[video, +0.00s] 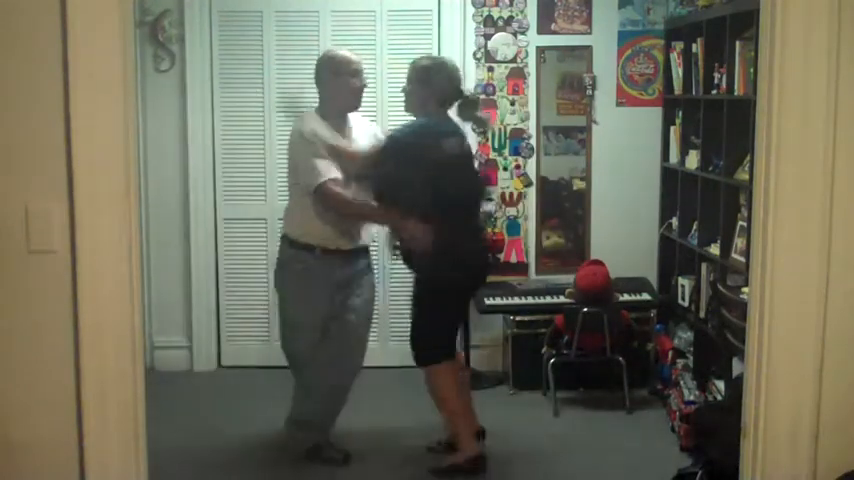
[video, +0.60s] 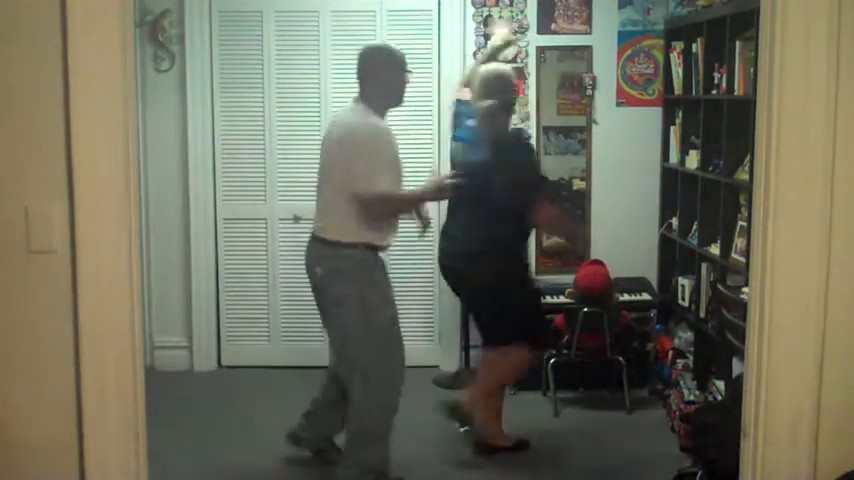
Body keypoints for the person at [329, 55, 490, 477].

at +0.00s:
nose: (403, 90)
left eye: (410, 83)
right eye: (407, 82)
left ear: (427, 91)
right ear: (445, 92)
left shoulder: (412, 138)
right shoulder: (454, 134)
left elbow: (367, 168)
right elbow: (392, 161)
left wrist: (334, 149)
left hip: (438, 257)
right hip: (466, 252)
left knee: (430, 348)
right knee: (444, 343)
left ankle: (467, 448)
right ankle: (466, 426)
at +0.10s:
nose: (410, 90)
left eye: (417, 83)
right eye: (413, 83)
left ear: (438, 89)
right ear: (439, 89)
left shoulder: (450, 135)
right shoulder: (430, 133)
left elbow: (415, 192)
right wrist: (404, 157)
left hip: (463, 252)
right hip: (443, 250)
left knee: (451, 350)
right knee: (439, 347)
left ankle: (475, 445)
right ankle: (466, 431)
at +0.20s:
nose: (437, 94)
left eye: (444, 87)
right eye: (430, 87)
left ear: (458, 90)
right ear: (419, 90)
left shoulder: (477, 128)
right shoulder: (403, 139)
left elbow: (497, 122)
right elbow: (389, 198)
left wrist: (480, 83)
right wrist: (408, 242)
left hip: (481, 253)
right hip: (430, 254)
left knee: (477, 342)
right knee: (435, 343)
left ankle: (487, 431)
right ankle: (462, 424)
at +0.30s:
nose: (457, 95)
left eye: (461, 85)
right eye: (447, 87)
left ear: (470, 89)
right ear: (429, 94)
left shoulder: (493, 126)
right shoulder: (409, 149)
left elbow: (539, 94)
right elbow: (403, 211)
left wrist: (513, 61)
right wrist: (435, 252)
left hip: (489, 247)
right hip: (433, 249)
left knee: (497, 338)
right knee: (439, 344)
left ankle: (485, 421)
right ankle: (444, 422)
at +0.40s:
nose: (489, 85)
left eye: (485, 79)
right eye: (478, 81)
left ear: (478, 89)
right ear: (456, 93)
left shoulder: (504, 122)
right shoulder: (440, 144)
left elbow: (533, 80)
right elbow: (429, 208)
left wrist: (519, 45)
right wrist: (483, 252)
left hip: (491, 245)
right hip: (445, 247)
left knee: (505, 333)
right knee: (453, 342)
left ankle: (490, 427)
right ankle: (430, 422)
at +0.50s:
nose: (507, 100)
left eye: (504, 94)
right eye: (502, 95)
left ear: (468, 97)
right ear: (491, 100)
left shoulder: (474, 135)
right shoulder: (486, 143)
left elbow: (498, 87)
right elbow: (483, 211)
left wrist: (504, 50)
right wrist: (534, 238)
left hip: (473, 251)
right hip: (471, 254)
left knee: (499, 342)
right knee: (486, 348)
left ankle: (490, 433)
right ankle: (430, 407)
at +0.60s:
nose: (515, 103)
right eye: (514, 96)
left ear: (475, 98)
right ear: (512, 100)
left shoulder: (463, 138)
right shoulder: (513, 148)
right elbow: (538, 208)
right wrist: (573, 232)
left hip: (457, 252)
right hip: (493, 256)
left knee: (499, 338)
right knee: (529, 339)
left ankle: (490, 429)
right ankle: (471, 400)